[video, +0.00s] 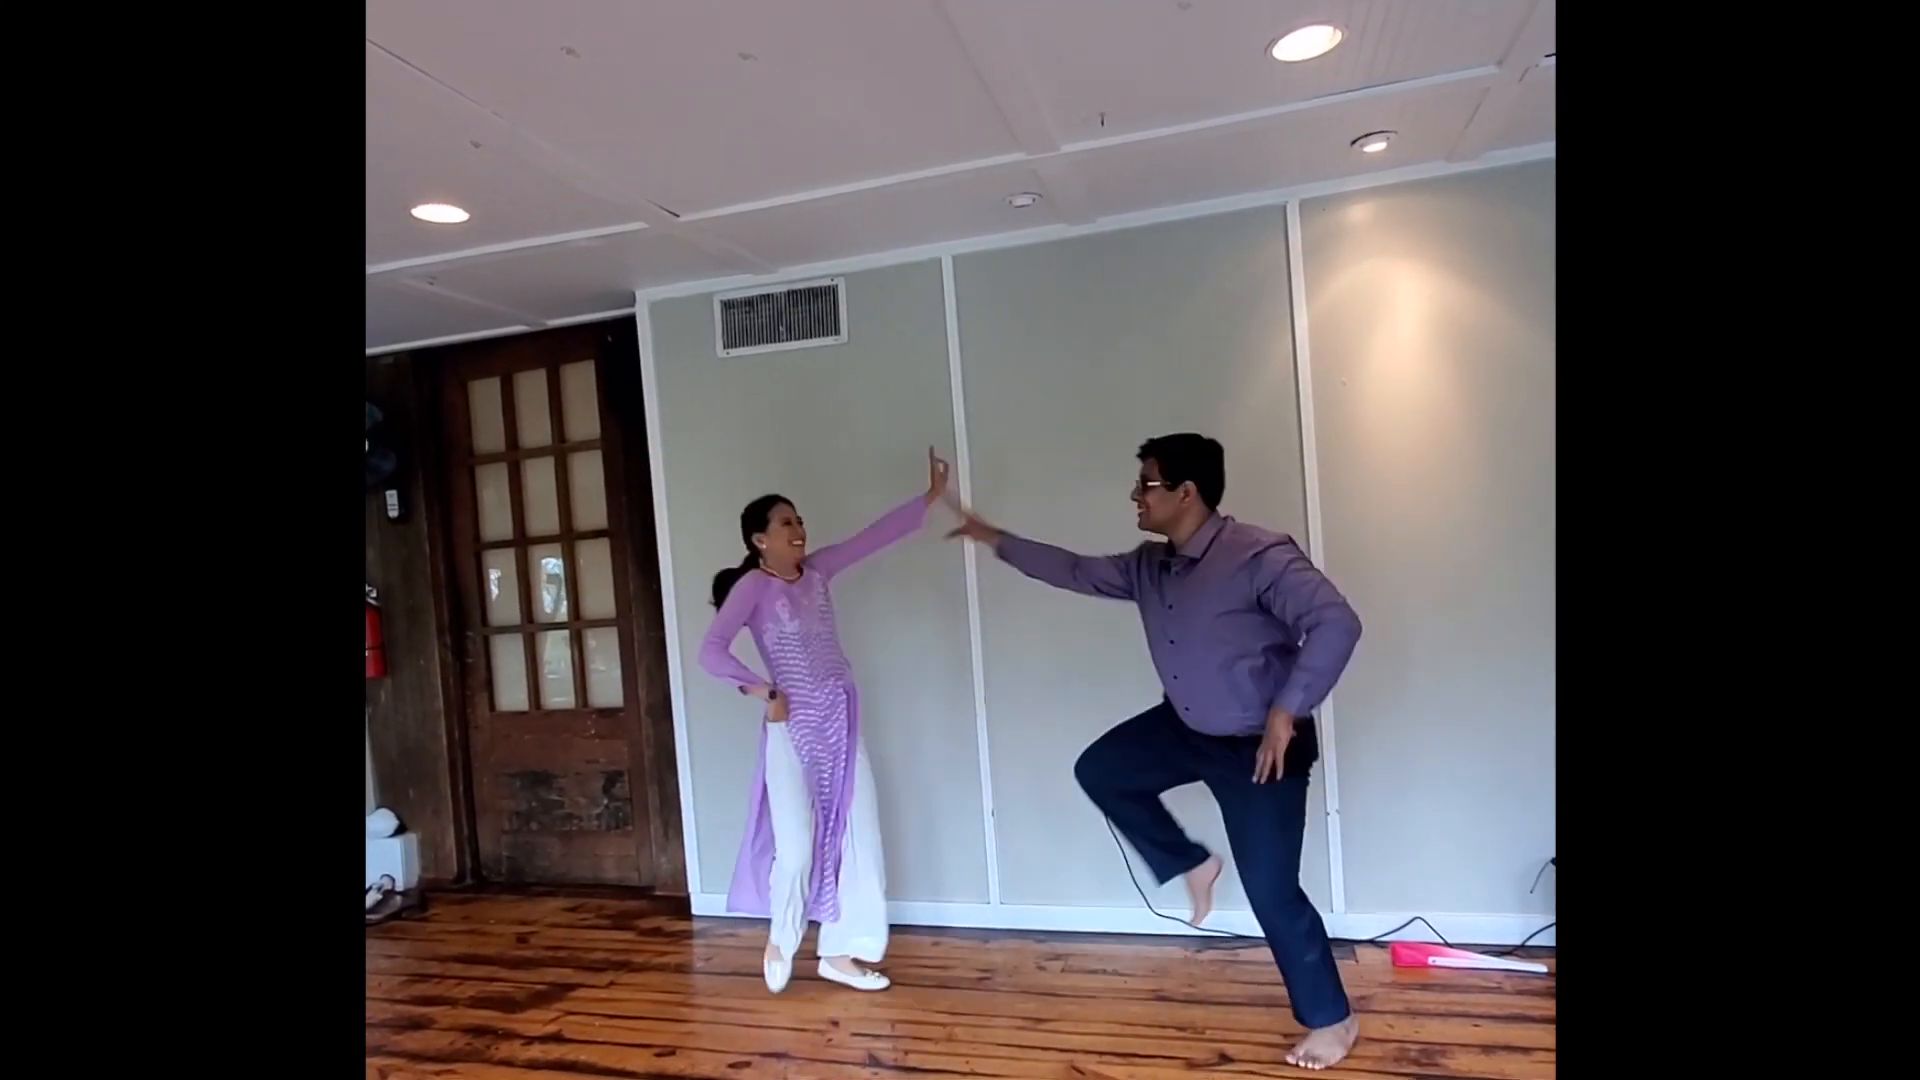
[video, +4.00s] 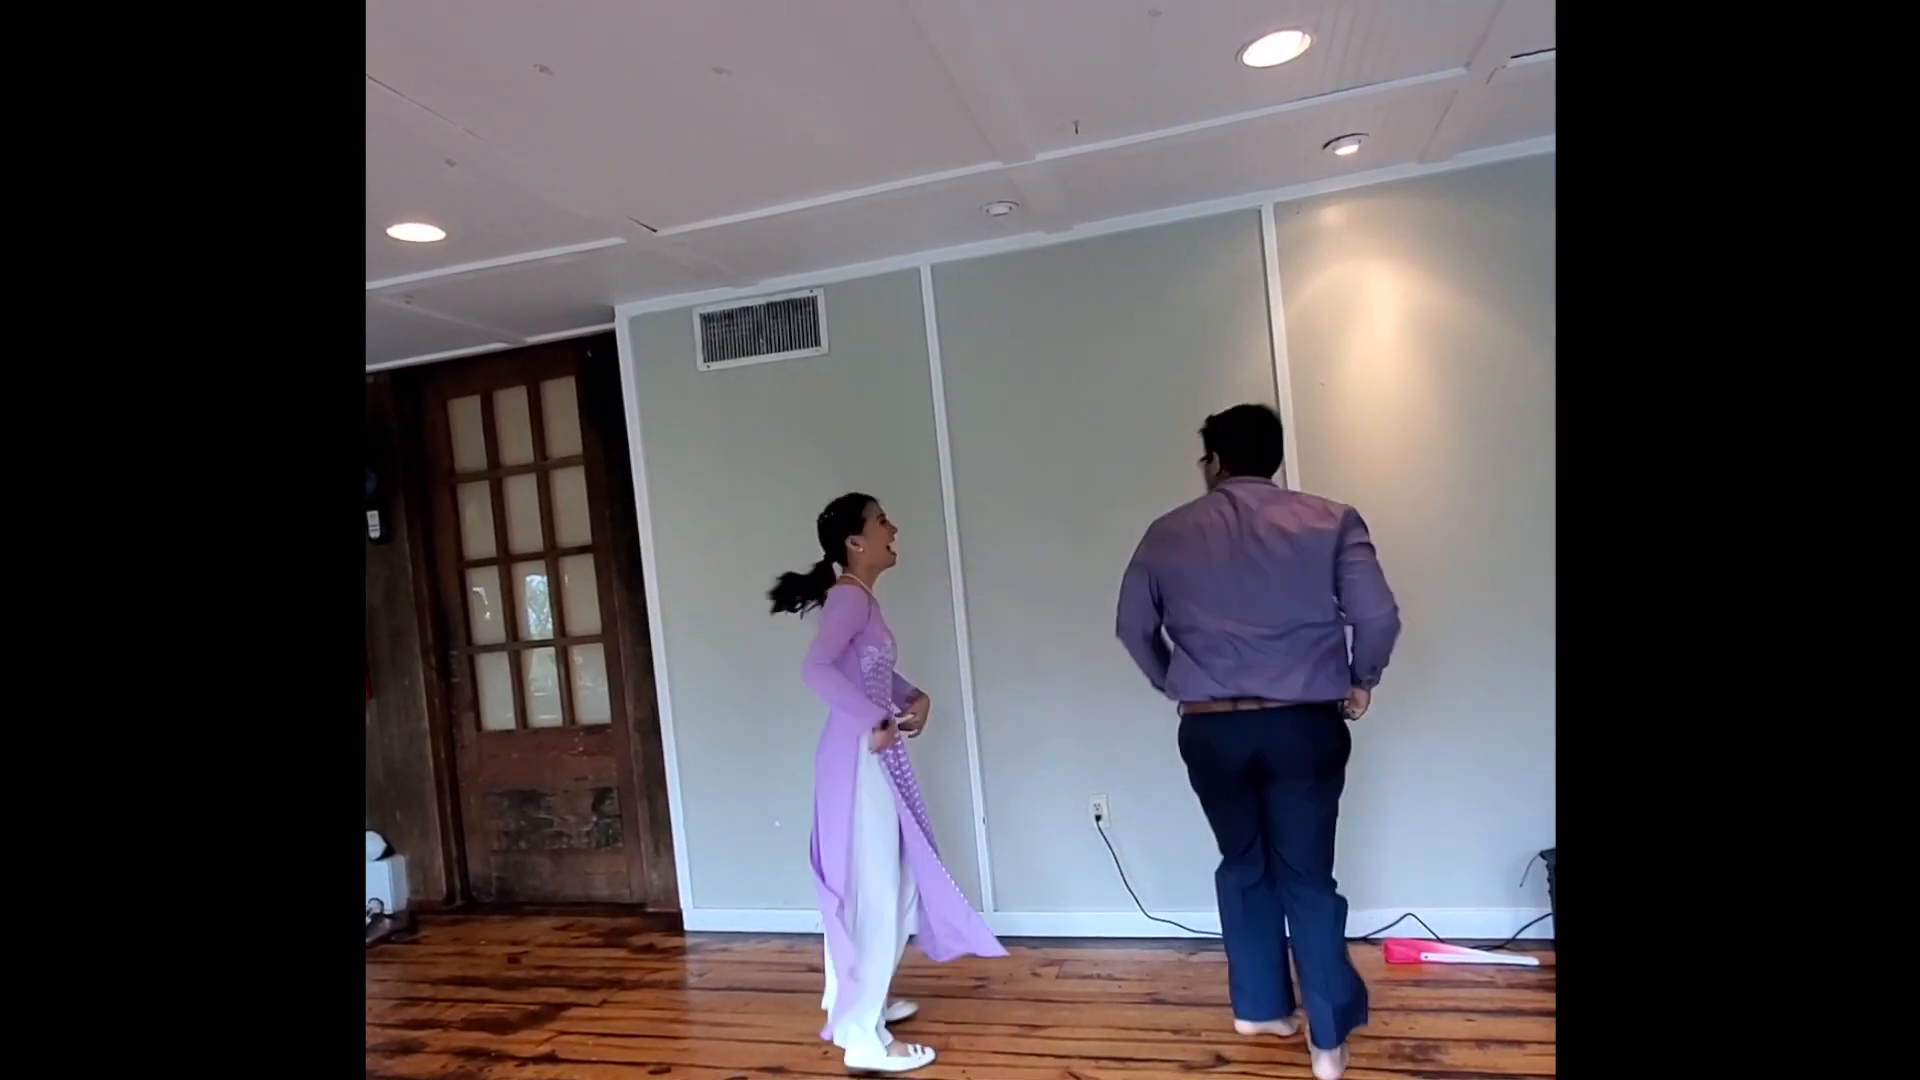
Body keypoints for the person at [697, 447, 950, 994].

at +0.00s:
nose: (799, 529)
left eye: (798, 521)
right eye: (787, 524)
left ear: (801, 532)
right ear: (760, 540)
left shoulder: (819, 571)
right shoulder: (752, 588)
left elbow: (876, 536)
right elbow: (710, 651)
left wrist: (930, 496)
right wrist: (764, 688)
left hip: (843, 720)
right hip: (791, 726)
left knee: (853, 835)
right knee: (798, 844)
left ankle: (835, 954)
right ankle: (781, 943)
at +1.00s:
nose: (887, 562)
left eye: (890, 552)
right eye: (881, 551)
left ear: (863, 551)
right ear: (845, 546)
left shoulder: (880, 608)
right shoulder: (810, 602)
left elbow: (931, 664)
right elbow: (753, 668)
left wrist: (996, 689)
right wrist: (789, 735)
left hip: (870, 757)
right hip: (824, 758)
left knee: (871, 862)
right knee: (877, 877)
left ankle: (842, 951)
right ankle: (879, 1038)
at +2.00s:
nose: (969, 554)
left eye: (967, 545)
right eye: (960, 546)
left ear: (938, 556)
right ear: (929, 556)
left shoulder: (961, 615)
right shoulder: (906, 612)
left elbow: (1006, 682)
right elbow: (873, 690)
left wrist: (1077, 701)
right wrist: (906, 735)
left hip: (953, 756)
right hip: (909, 759)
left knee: (989, 853)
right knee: (935, 870)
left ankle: (988, 951)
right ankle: (893, 1020)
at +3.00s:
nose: (959, 547)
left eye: (960, 540)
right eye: (950, 537)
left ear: (940, 549)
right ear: (915, 543)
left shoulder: (959, 611)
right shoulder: (870, 602)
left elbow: (993, 665)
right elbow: (838, 651)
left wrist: (1003, 687)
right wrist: (838, 706)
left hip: (950, 752)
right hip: (896, 757)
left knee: (965, 869)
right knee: (913, 874)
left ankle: (1003, 931)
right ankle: (961, 992)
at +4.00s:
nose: (894, 532)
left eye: (889, 524)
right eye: (883, 525)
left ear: (859, 542)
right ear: (855, 541)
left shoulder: (864, 600)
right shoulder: (850, 598)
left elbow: (875, 674)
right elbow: (818, 669)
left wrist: (918, 696)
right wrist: (874, 719)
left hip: (871, 756)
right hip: (859, 759)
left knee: (879, 884)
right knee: (874, 889)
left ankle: (861, 1002)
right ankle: (859, 1035)